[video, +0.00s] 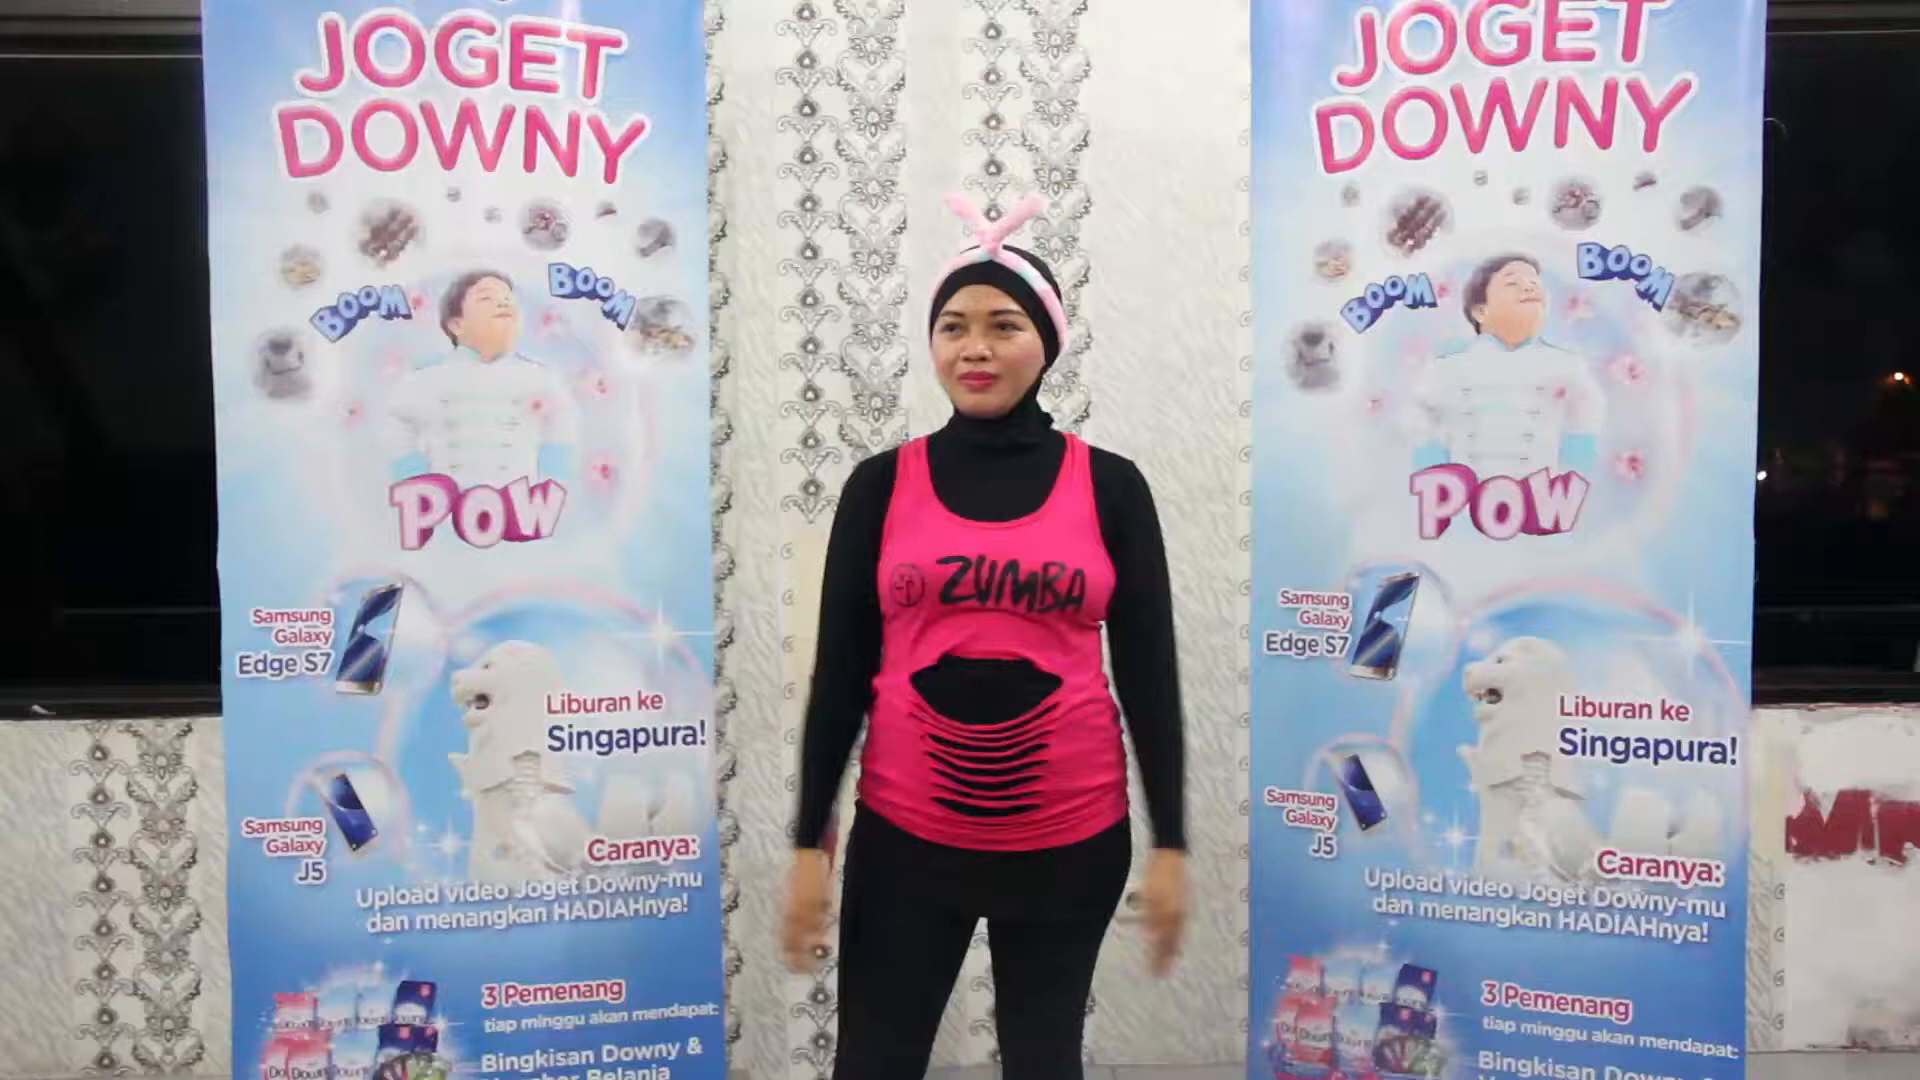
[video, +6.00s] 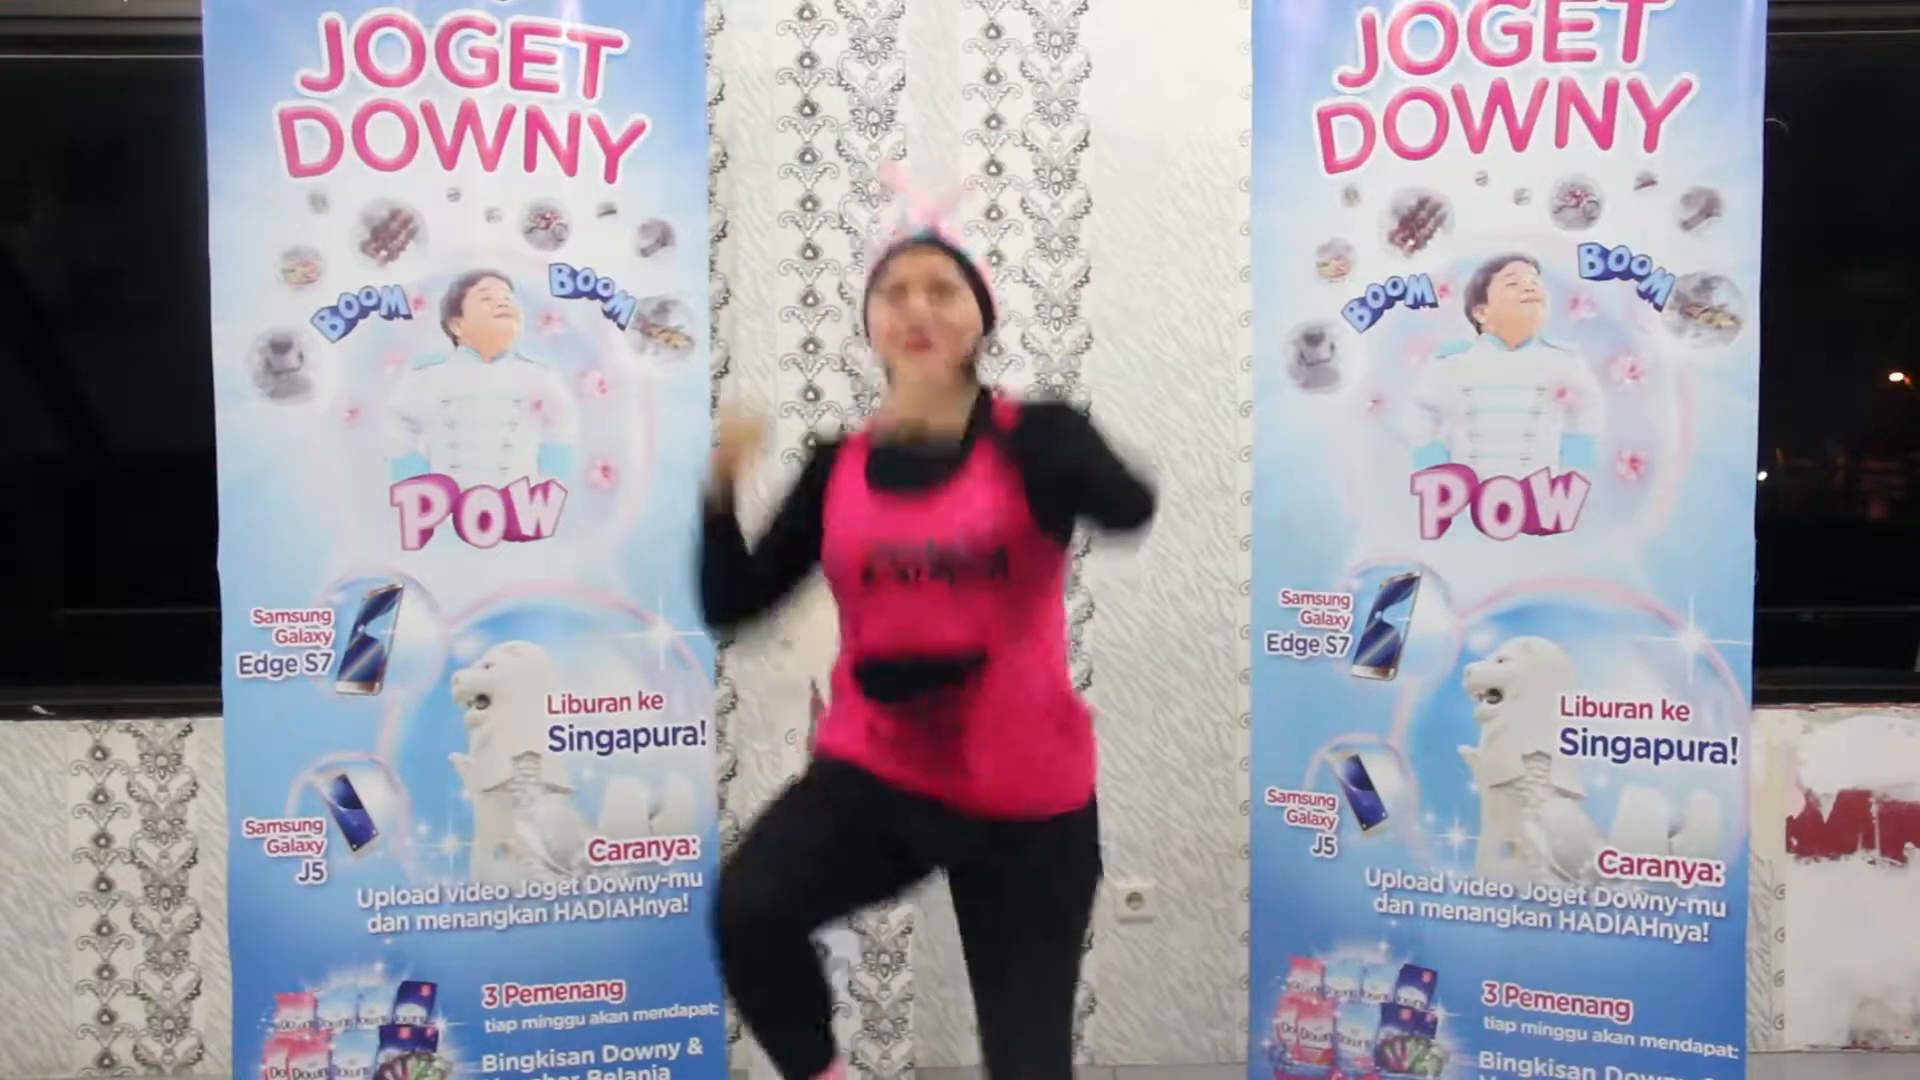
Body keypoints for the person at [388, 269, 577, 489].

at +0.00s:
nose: (503, 303)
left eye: (508, 299)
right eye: (485, 298)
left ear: (518, 316)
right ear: (455, 324)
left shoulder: (538, 378)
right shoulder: (423, 381)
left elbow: (560, 438)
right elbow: (393, 430)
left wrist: (546, 494)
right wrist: (417, 485)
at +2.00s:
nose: (503, 301)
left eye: (508, 296)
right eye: (485, 297)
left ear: (519, 314)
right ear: (454, 324)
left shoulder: (538, 377)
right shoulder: (423, 378)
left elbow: (559, 432)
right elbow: (393, 427)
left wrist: (546, 490)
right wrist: (414, 485)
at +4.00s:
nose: (502, 302)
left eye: (508, 296)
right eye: (484, 297)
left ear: (518, 313)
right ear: (455, 324)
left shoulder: (537, 377)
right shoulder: (423, 377)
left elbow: (560, 431)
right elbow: (392, 426)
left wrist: (546, 490)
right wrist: (413, 484)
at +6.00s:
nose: (502, 302)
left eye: (508, 297)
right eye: (485, 297)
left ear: (519, 316)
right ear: (455, 324)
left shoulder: (539, 378)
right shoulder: (421, 379)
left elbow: (560, 437)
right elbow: (394, 434)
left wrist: (545, 496)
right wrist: (415, 491)